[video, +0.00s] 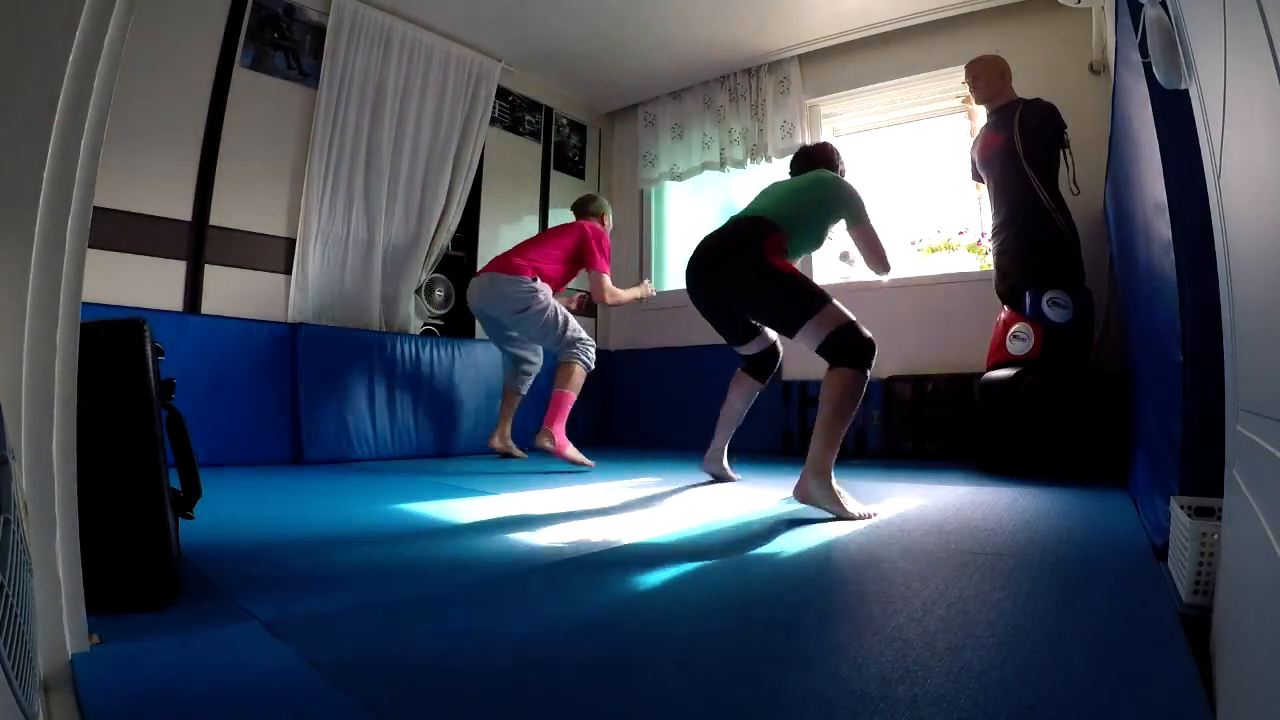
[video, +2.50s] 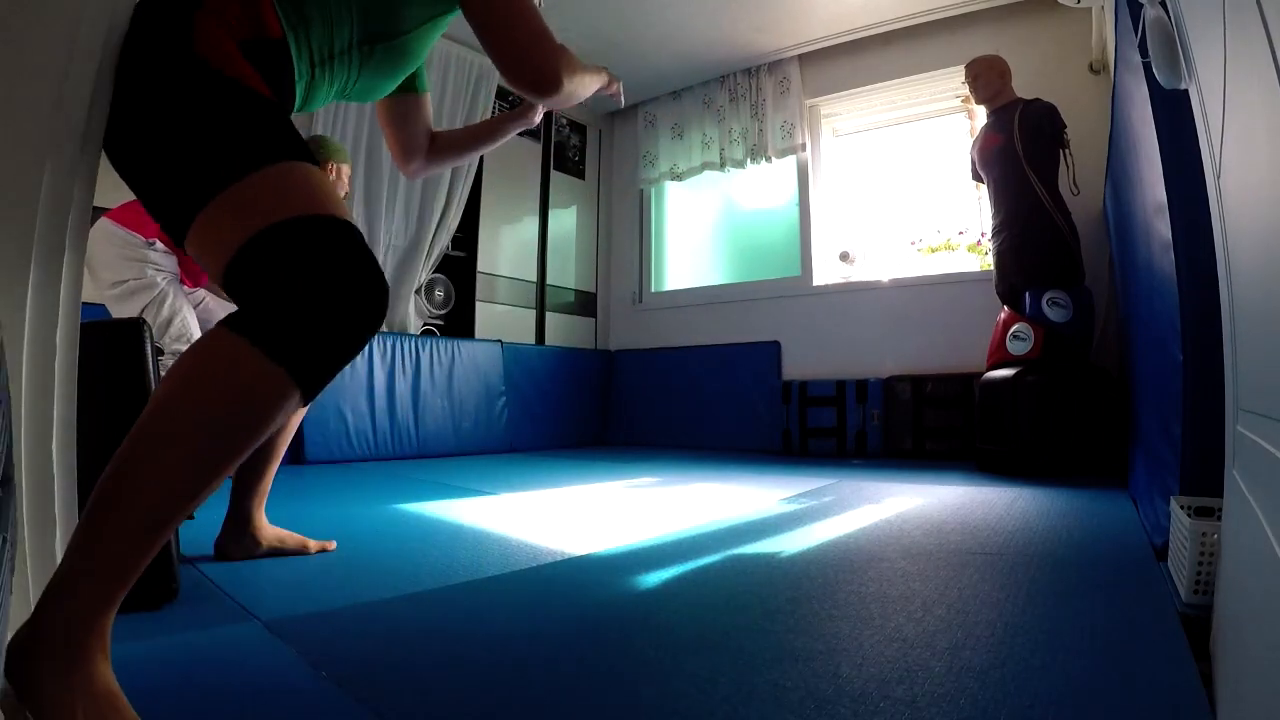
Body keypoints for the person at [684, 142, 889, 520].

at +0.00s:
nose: (843, 172)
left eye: (841, 166)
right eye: (841, 167)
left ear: (799, 170)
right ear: (834, 168)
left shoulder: (780, 191)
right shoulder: (837, 186)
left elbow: (797, 271)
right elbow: (880, 264)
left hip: (702, 270)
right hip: (750, 263)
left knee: (763, 356)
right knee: (854, 347)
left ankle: (715, 454)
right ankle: (816, 479)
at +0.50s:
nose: (805, 152)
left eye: (805, 147)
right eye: (803, 146)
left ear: (752, 141)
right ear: (795, 143)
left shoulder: (724, 166)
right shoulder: (792, 160)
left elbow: (721, 250)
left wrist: (770, 226)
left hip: (635, 262)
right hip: (689, 251)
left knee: (711, 355)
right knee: (823, 339)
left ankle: (669, 476)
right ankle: (757, 483)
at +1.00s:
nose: (755, 100)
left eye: (753, 91)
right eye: (753, 93)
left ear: (693, 84)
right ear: (739, 85)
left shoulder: (652, 112)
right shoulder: (736, 104)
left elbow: (644, 222)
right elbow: (789, 213)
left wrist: (710, 200)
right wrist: (783, 185)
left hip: (541, 215)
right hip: (601, 205)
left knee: (621, 348)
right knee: (720, 358)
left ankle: (591, 483)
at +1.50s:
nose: (669, 66)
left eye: (669, 59)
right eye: (669, 54)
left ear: (621, 21)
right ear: (658, 30)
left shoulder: (565, 74)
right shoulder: (638, 38)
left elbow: (551, 195)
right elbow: (706, 156)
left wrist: (634, 171)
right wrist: (720, 136)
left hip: (408, 170)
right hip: (450, 160)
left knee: (548, 317)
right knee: (598, 313)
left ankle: (465, 474)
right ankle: (442, 579)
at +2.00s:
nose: (599, 14)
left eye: (603, 9)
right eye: (603, 3)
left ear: (582, 10)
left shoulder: (471, 47)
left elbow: (465, 164)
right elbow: (616, 98)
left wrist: (571, 139)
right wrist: (653, 100)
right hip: (291, 78)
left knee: (413, 284)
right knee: (424, 261)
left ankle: (342, 512)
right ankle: (215, 554)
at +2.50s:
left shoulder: (399, 27)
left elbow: (414, 153)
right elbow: (547, 76)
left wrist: (519, 117)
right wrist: (594, 76)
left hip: (224, 86)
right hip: (175, 51)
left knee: (326, 288)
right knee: (320, 289)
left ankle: (247, 522)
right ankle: (59, 641)